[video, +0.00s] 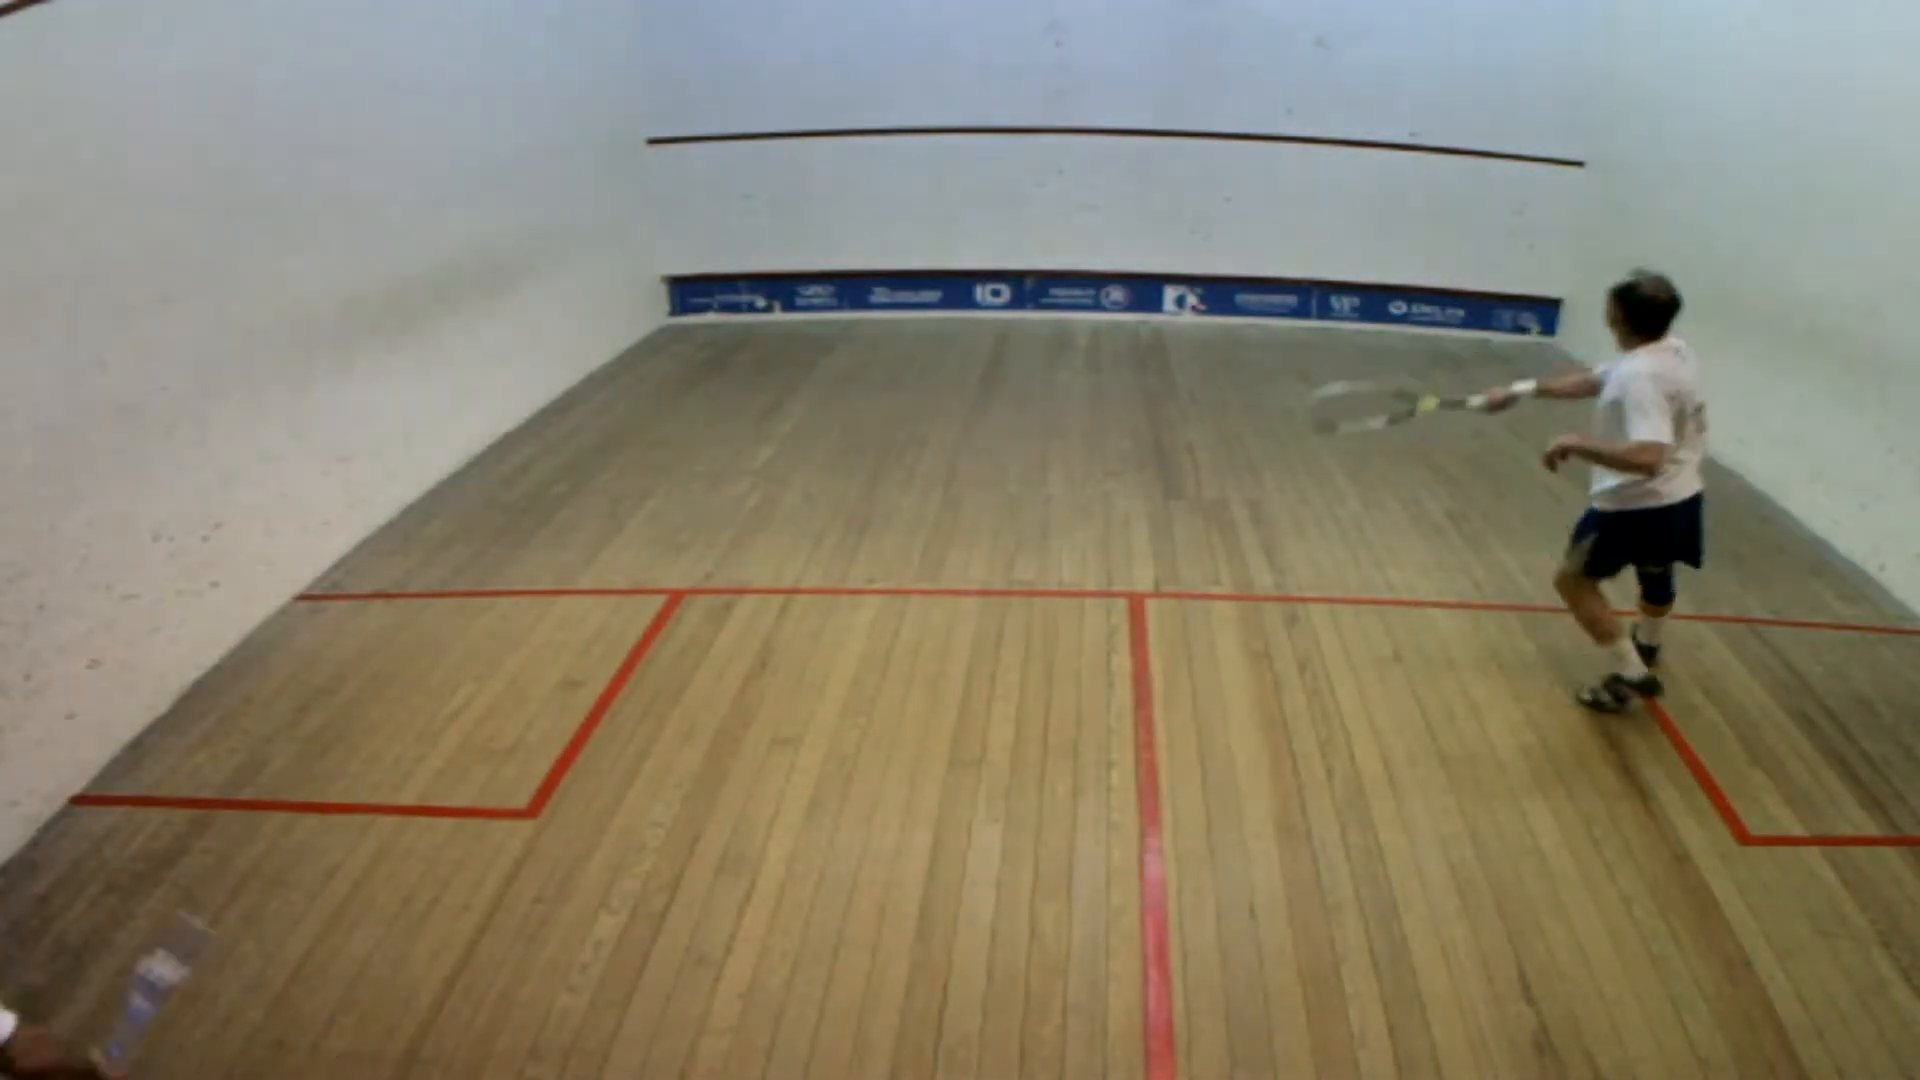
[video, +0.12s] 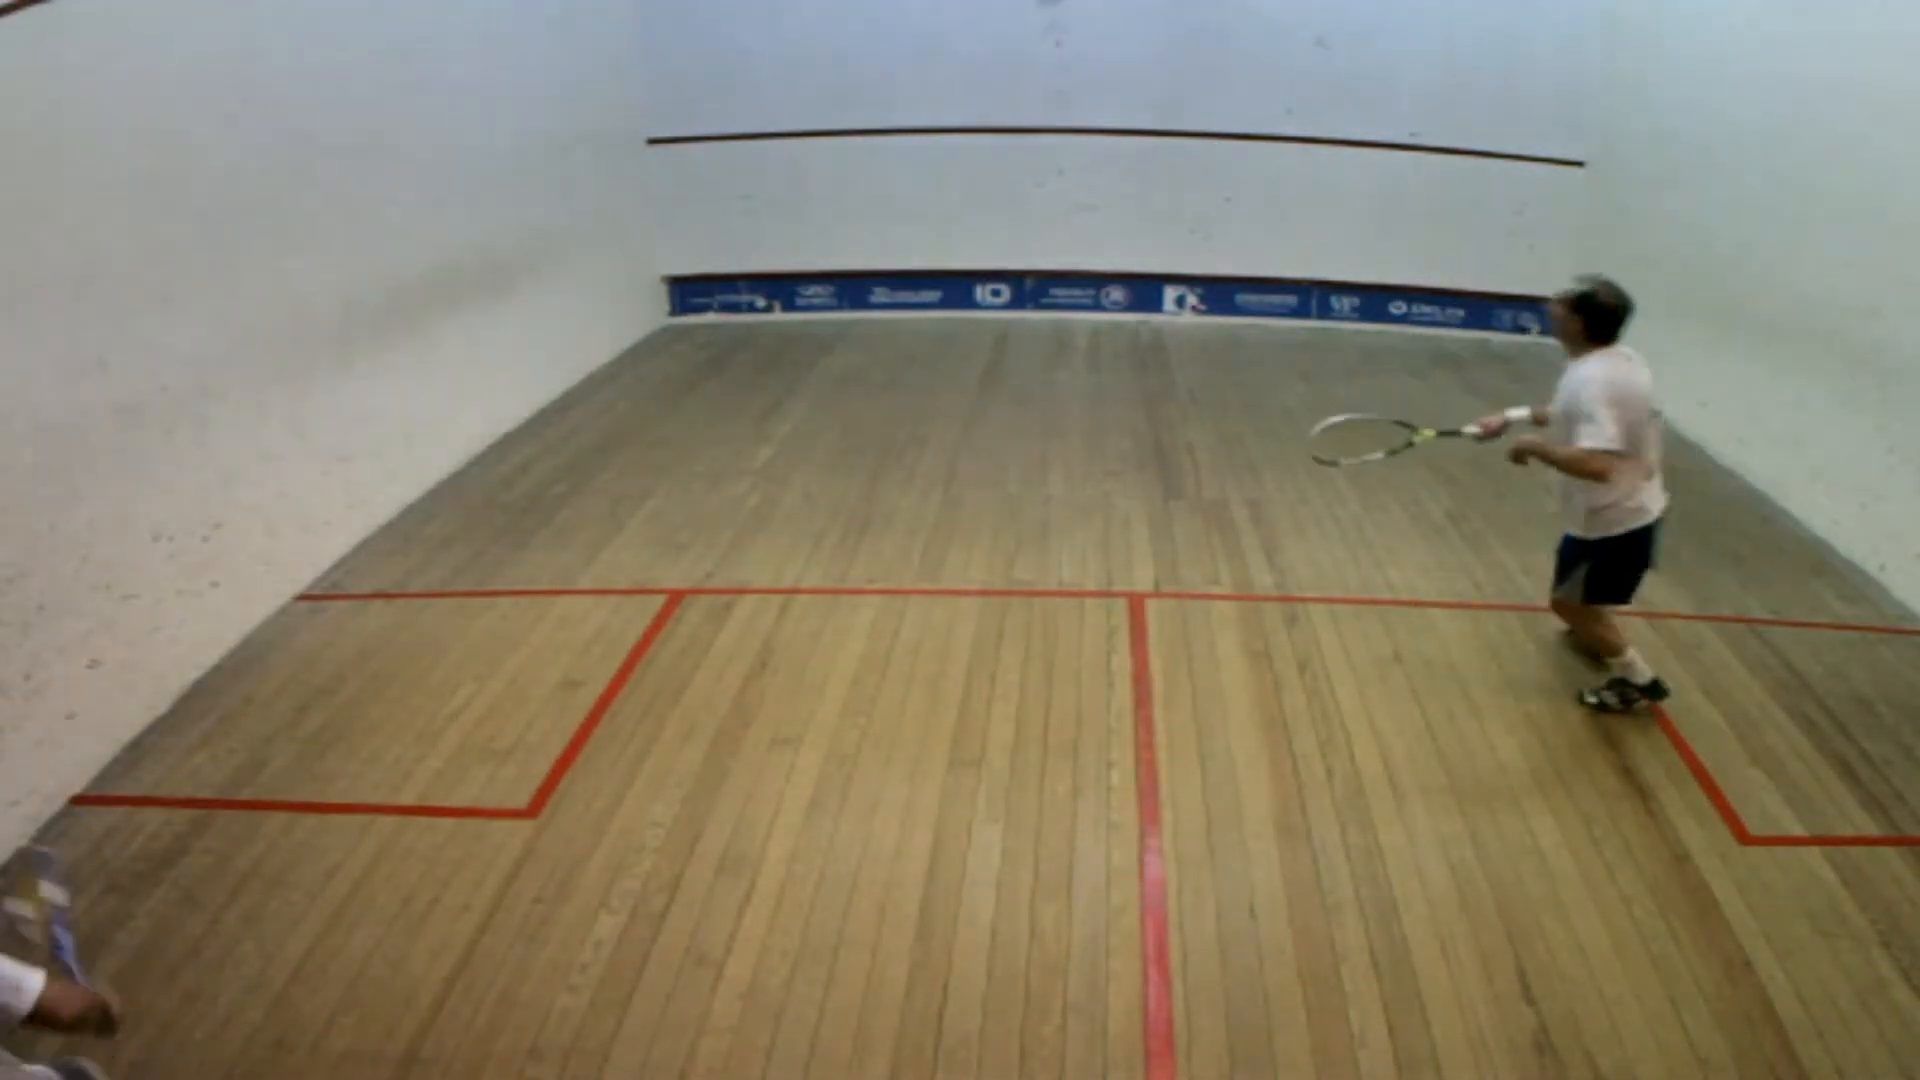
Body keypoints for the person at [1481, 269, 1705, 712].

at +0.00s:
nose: (1607, 320)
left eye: (1612, 313)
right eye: (1610, 312)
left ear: (1627, 321)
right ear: (1658, 320)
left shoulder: (1639, 374)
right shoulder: (1675, 353)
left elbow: (1649, 457)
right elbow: (1590, 382)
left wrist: (1575, 445)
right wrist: (1520, 390)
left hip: (1632, 507)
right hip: (1680, 500)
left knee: (1573, 581)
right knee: (1656, 575)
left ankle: (1633, 673)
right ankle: (1646, 654)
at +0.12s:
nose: (1553, 316)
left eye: (1562, 312)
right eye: (1558, 310)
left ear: (1581, 325)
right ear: (1599, 326)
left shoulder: (1593, 379)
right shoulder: (1620, 362)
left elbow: (1599, 465)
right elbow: (1574, 416)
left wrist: (1538, 450)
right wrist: (1512, 418)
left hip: (1609, 523)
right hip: (1633, 509)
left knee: (1569, 602)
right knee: (1587, 583)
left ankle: (1637, 676)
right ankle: (1592, 635)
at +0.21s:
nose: (1509, 304)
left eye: (1520, 298)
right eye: (1514, 296)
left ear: (1550, 312)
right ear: (1559, 313)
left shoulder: (1536, 366)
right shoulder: (1595, 354)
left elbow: (1545, 449)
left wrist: (1499, 447)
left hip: (1563, 519)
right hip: (1602, 509)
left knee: (1540, 596)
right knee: (1517, 555)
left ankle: (1617, 668)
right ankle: (1500, 644)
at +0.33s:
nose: (1439, 314)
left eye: (1451, 307)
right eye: (1443, 304)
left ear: (1486, 319)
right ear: (1493, 319)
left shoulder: (1474, 376)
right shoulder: (1539, 362)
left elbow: (1480, 463)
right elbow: (1533, 442)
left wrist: (1438, 468)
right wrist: (1455, 450)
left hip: (1503, 522)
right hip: (1542, 513)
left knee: (1421, 609)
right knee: (1431, 569)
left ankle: (1529, 672)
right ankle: (1415, 665)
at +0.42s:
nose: (1390, 331)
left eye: (1402, 323)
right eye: (1393, 321)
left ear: (1442, 333)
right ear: (1448, 334)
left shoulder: (1435, 392)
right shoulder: (1494, 374)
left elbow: (1439, 482)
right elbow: (1488, 457)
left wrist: (1395, 482)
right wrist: (1408, 468)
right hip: (1502, 530)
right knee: (1405, 590)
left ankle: (1384, 711)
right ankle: (1413, 668)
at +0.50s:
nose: (1361, 335)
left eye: (1374, 328)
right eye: (1365, 324)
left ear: (1414, 338)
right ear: (1422, 339)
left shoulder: (1405, 400)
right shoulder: (1469, 383)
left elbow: (1402, 492)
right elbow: (1452, 468)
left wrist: (1359, 485)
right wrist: (1379, 478)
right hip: (1466, 542)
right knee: (1385, 585)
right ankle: (1409, 665)